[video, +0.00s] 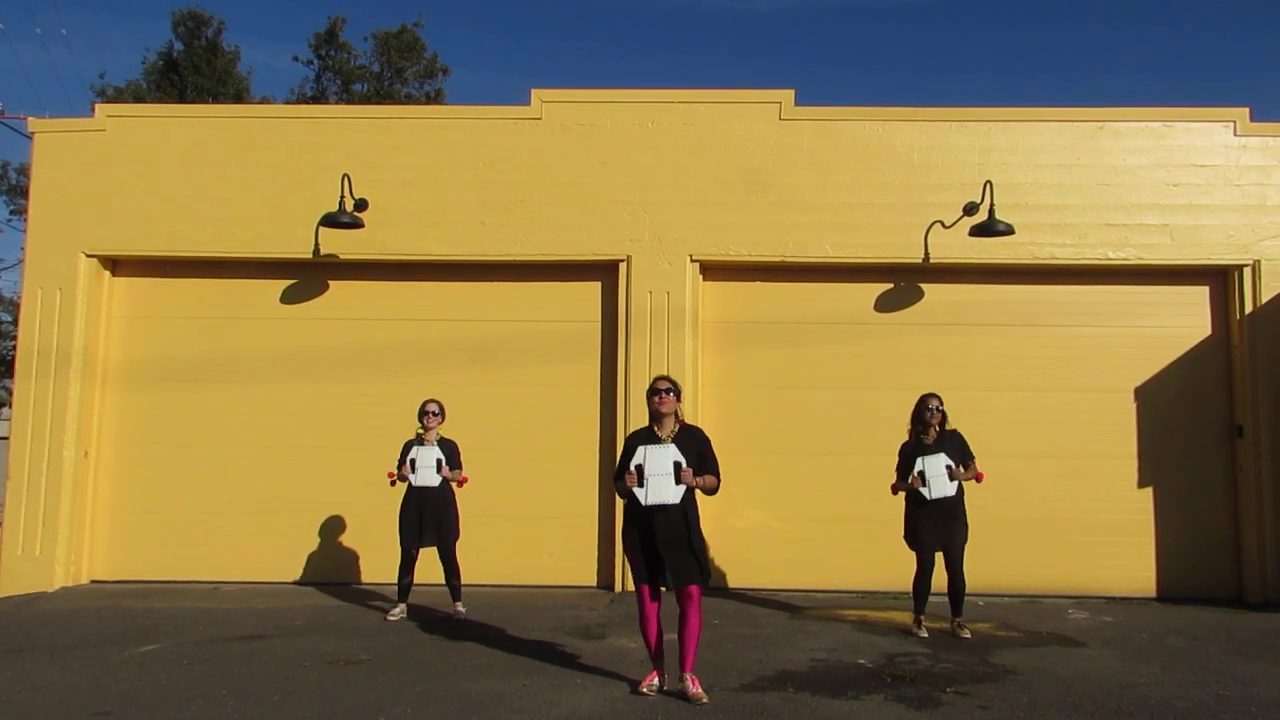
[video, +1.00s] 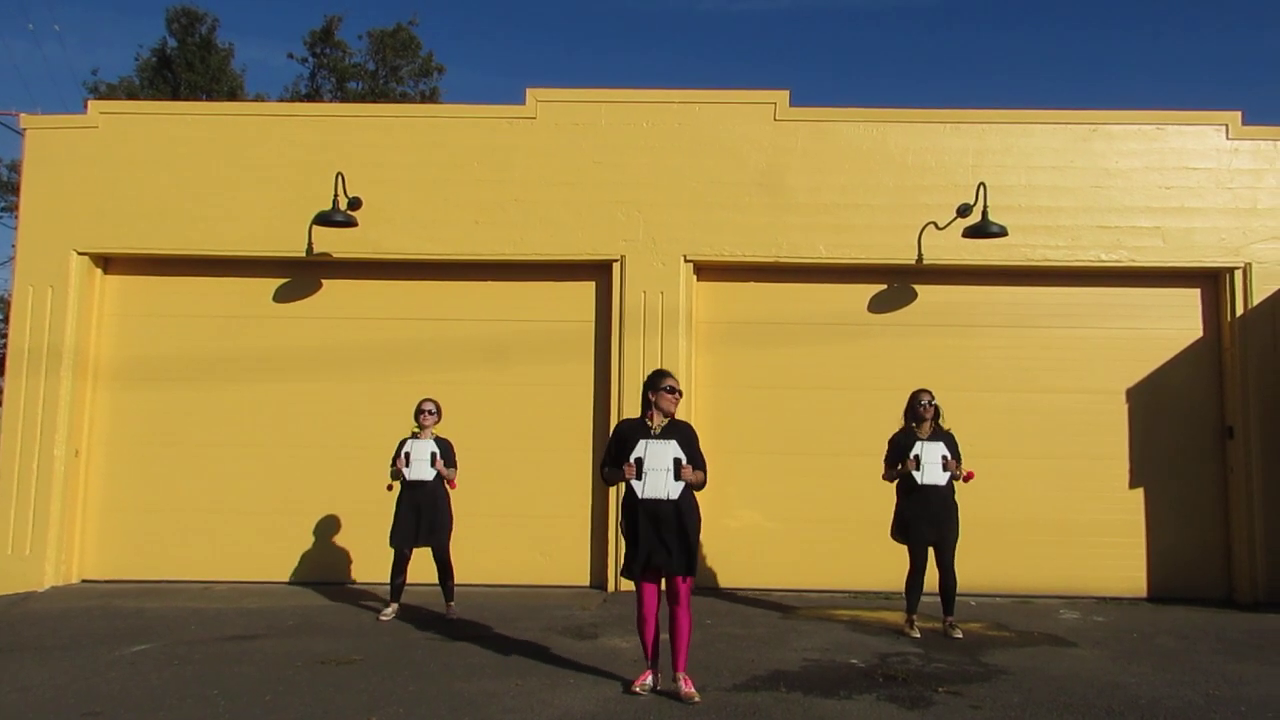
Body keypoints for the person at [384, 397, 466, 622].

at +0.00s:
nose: (430, 417)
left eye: (435, 414)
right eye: (426, 413)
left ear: (441, 418)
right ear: (420, 417)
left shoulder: (449, 446)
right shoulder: (410, 445)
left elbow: (458, 475)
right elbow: (401, 476)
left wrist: (448, 474)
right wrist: (404, 473)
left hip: (442, 507)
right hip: (414, 506)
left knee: (447, 555)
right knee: (408, 555)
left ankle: (457, 604)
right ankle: (401, 604)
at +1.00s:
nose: (425, 416)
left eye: (430, 412)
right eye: (422, 412)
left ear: (437, 417)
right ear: (416, 416)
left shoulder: (444, 444)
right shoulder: (406, 443)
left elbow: (452, 475)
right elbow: (393, 475)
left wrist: (442, 469)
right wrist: (399, 470)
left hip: (436, 507)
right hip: (409, 506)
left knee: (441, 554)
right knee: (401, 554)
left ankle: (450, 604)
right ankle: (393, 603)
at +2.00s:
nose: (410, 417)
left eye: (415, 413)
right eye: (406, 413)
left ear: (423, 417)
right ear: (402, 418)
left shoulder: (431, 446)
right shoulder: (393, 446)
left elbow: (441, 476)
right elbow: (382, 476)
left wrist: (428, 475)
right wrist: (384, 474)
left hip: (422, 510)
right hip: (393, 509)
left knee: (428, 558)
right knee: (387, 557)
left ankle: (436, 606)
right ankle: (380, 606)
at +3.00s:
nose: (414, 409)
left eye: (418, 406)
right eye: (411, 406)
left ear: (425, 413)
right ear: (404, 412)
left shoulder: (432, 434)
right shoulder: (398, 434)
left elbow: (433, 412)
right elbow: (384, 412)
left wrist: (424, 379)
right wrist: (385, 383)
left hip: (421, 499)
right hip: (394, 498)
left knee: (413, 552)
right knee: (398, 553)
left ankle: (408, 603)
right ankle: (405, 602)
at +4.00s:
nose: (405, 427)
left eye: (407, 425)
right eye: (402, 424)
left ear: (412, 425)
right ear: (396, 424)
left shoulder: (416, 442)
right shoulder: (383, 440)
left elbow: (429, 448)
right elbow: (377, 438)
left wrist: (435, 424)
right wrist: (395, 419)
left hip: (413, 501)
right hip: (387, 502)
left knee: (400, 552)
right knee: (398, 553)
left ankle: (391, 605)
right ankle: (414, 596)